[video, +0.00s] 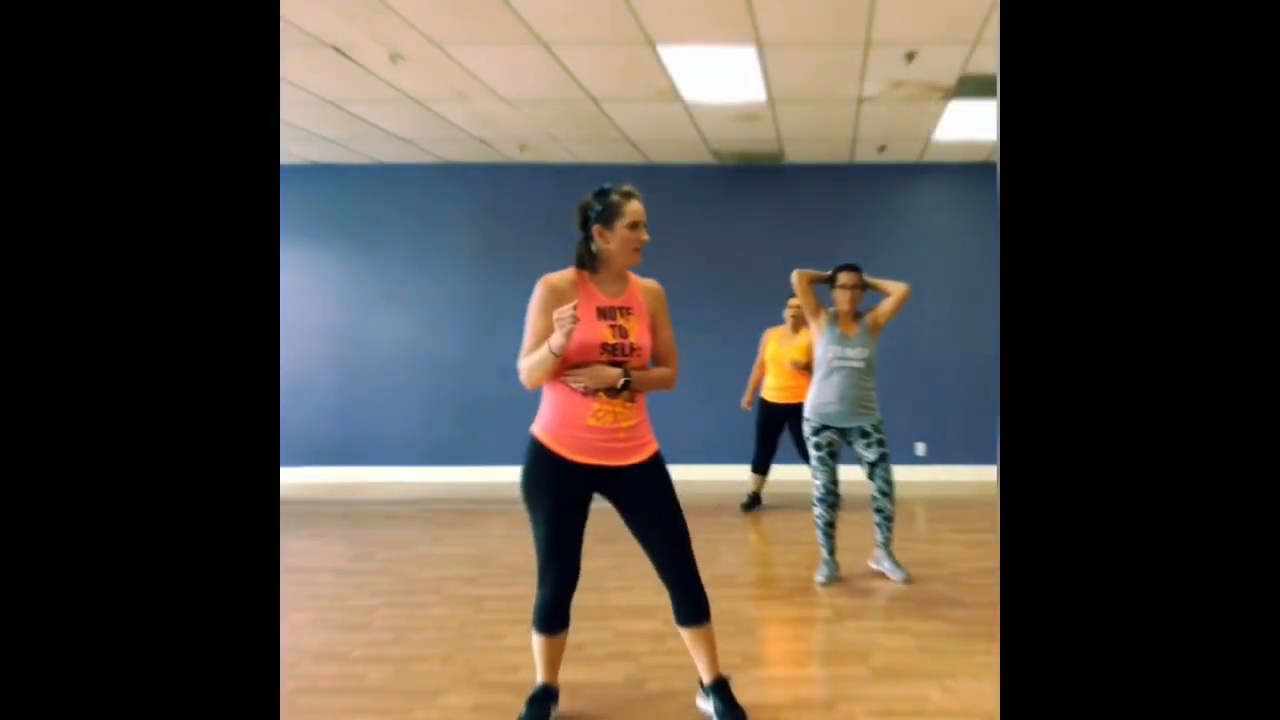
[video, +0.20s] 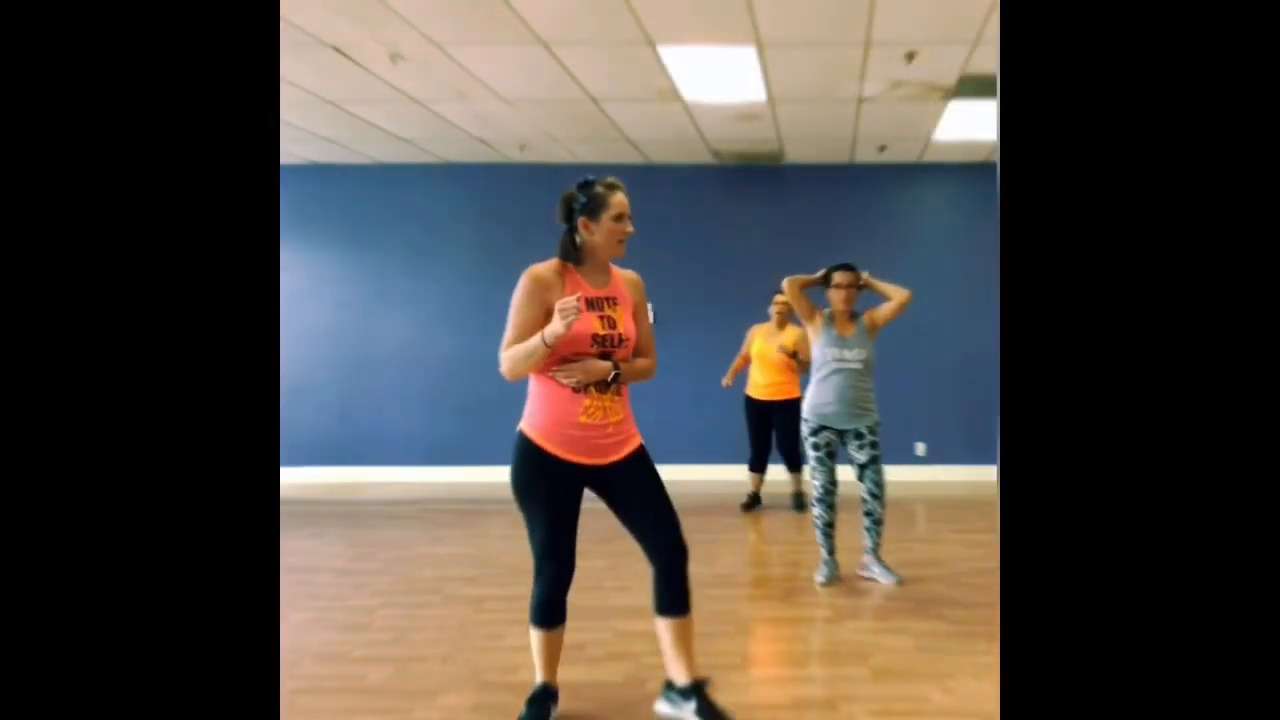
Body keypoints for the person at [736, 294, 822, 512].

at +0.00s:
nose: (793, 312)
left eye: (797, 308)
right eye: (790, 308)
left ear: (805, 314)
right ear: (784, 311)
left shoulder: (811, 337)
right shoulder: (771, 335)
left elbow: (821, 369)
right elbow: (760, 364)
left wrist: (805, 368)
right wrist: (750, 391)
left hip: (799, 401)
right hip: (771, 399)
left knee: (809, 450)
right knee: (763, 449)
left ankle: (828, 491)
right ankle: (754, 492)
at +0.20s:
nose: (780, 309)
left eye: (784, 305)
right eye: (776, 304)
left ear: (790, 310)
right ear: (770, 308)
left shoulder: (798, 334)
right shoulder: (756, 331)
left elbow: (807, 367)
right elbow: (744, 355)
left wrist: (792, 357)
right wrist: (731, 374)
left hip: (786, 396)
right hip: (757, 395)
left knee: (789, 446)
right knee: (758, 446)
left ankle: (797, 491)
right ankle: (754, 492)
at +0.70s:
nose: (777, 309)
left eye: (782, 305)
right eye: (774, 305)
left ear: (789, 310)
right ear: (767, 310)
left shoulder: (799, 335)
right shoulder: (754, 335)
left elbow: (812, 364)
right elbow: (738, 358)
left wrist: (800, 365)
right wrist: (729, 376)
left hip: (790, 398)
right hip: (760, 398)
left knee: (801, 449)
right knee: (761, 449)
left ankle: (812, 492)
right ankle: (754, 493)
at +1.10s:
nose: (804, 309)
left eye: (808, 306)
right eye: (800, 306)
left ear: (815, 311)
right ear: (794, 310)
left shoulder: (828, 335)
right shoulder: (783, 338)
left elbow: (842, 362)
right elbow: (776, 369)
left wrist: (852, 384)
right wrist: (778, 397)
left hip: (822, 401)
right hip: (792, 401)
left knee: (820, 453)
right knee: (777, 450)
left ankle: (824, 495)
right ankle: (762, 493)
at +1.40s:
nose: (814, 307)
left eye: (818, 303)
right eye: (810, 303)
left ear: (825, 308)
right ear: (804, 309)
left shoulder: (837, 334)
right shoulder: (793, 334)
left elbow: (847, 362)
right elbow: (781, 364)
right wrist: (775, 392)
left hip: (828, 397)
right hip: (798, 397)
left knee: (825, 451)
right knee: (791, 448)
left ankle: (824, 494)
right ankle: (786, 492)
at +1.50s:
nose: (815, 307)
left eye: (819, 303)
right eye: (811, 303)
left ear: (826, 309)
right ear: (805, 309)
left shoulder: (837, 334)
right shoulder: (793, 334)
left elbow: (846, 365)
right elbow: (779, 361)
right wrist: (766, 385)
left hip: (829, 398)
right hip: (798, 398)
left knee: (825, 451)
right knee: (793, 448)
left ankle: (824, 495)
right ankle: (788, 493)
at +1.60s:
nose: (816, 307)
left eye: (820, 304)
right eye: (812, 304)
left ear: (827, 309)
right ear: (806, 309)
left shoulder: (837, 334)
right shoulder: (794, 333)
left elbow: (847, 365)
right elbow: (776, 358)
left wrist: (867, 374)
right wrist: (756, 378)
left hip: (827, 400)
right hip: (797, 399)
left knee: (825, 452)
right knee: (790, 450)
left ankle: (824, 495)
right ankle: (784, 493)